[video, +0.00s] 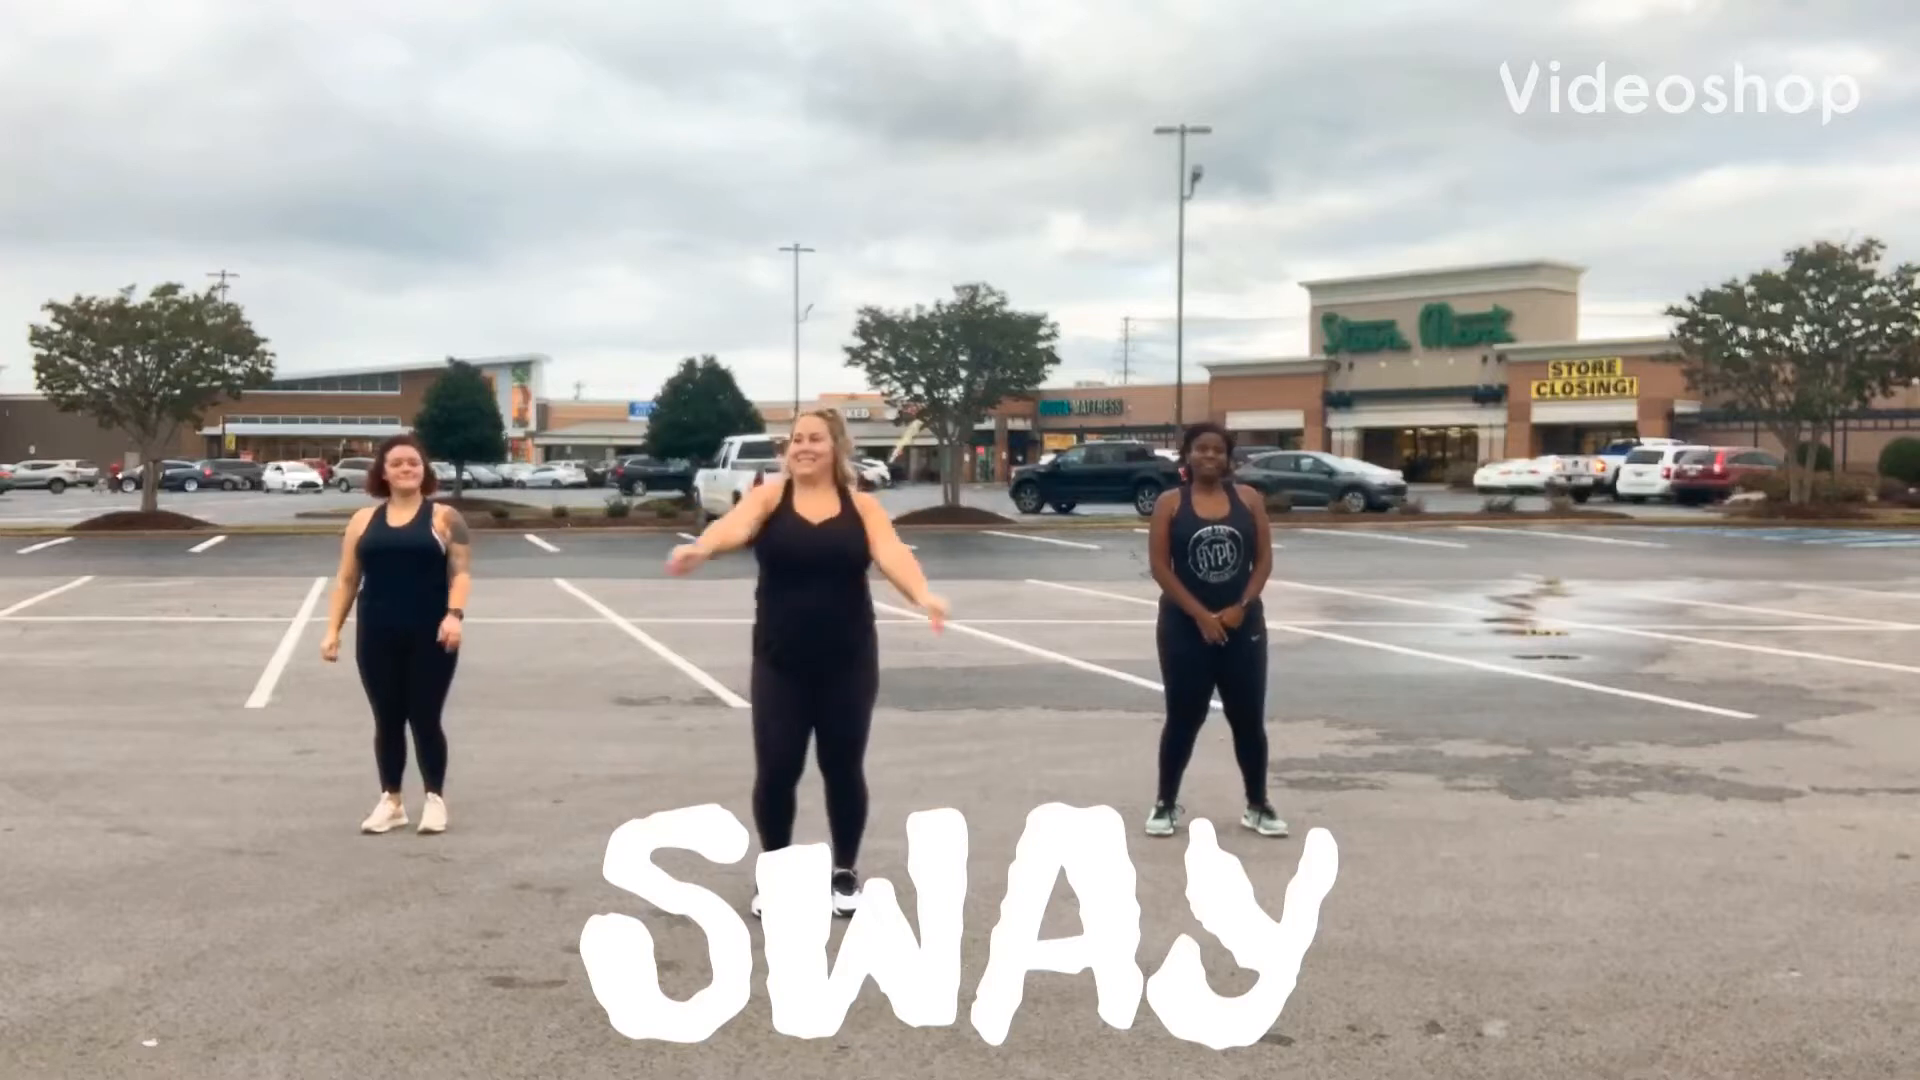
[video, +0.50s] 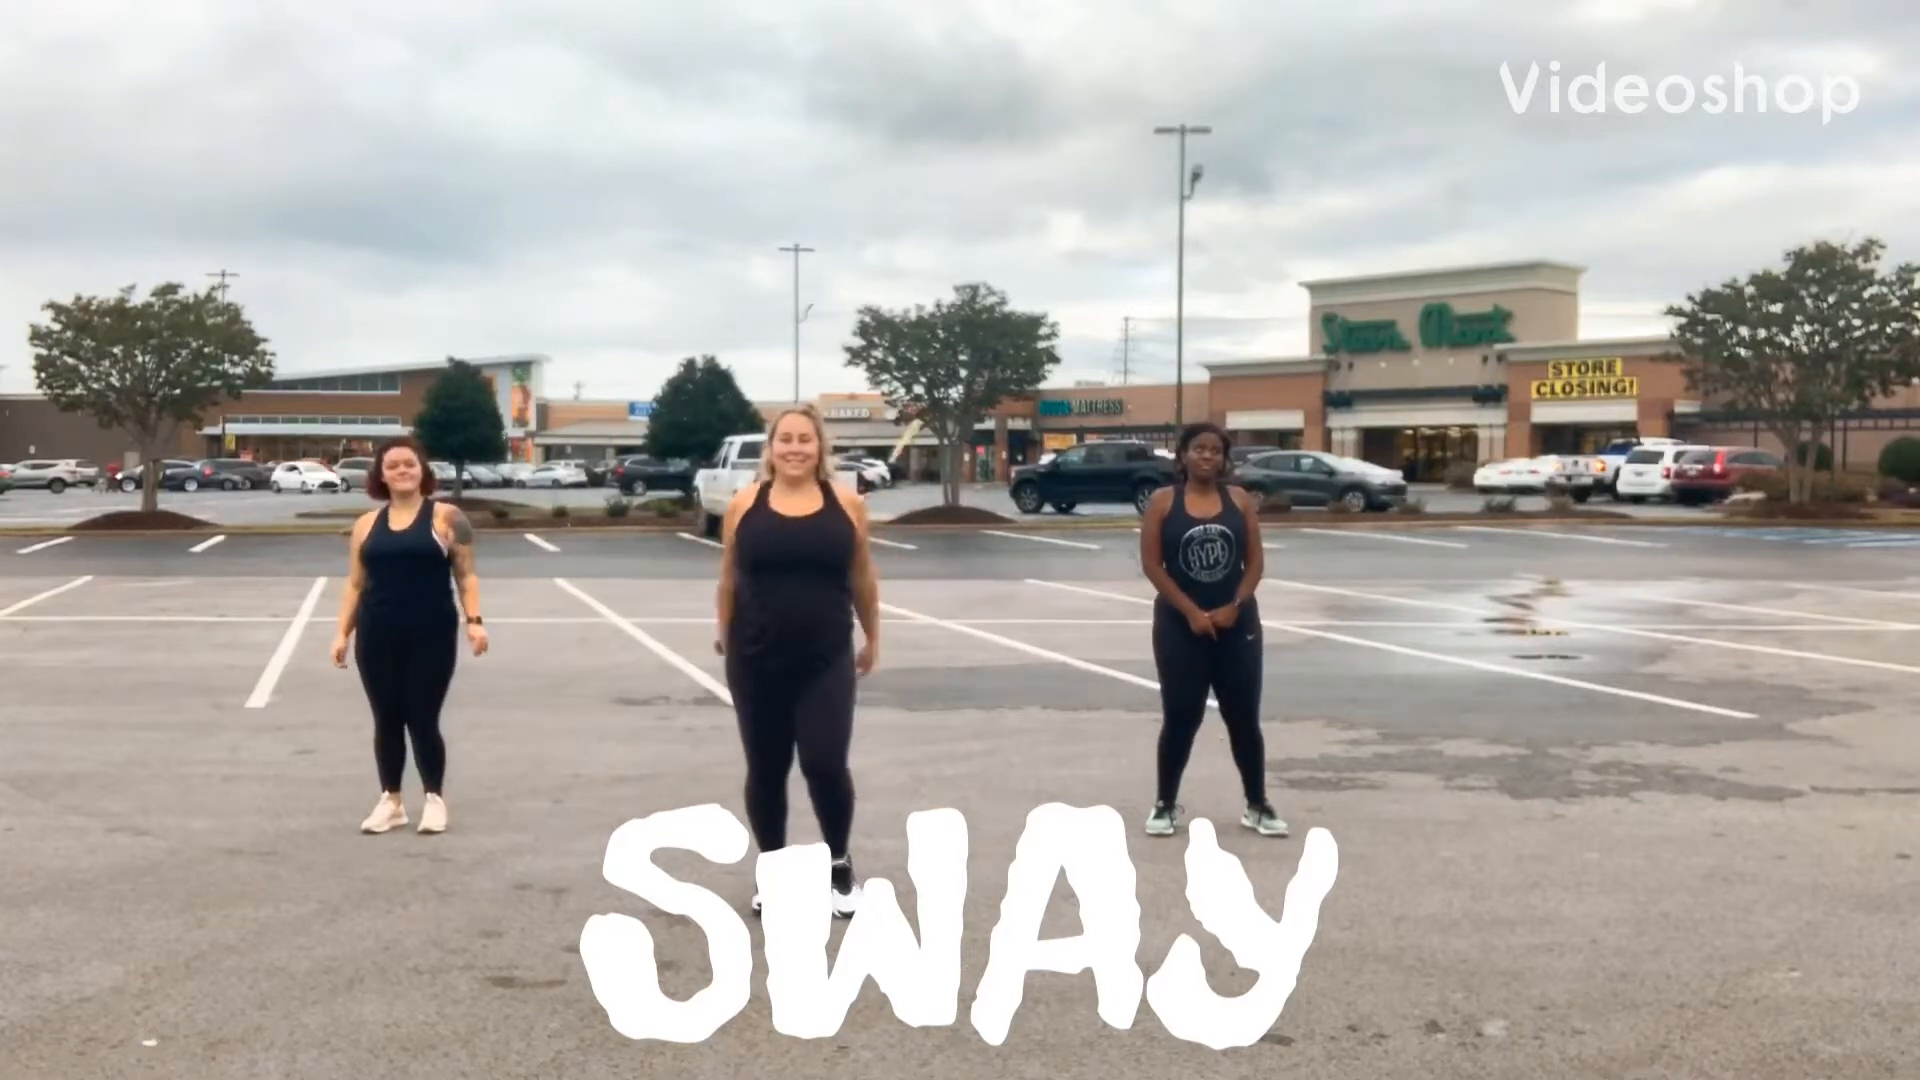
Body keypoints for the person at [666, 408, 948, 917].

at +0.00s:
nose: (804, 446)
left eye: (815, 438)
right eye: (797, 438)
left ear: (837, 449)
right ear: (787, 448)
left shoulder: (861, 506)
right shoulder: (768, 495)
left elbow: (891, 552)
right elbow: (734, 526)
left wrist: (921, 593)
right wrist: (702, 547)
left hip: (848, 662)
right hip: (780, 661)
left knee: (843, 770)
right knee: (775, 775)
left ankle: (845, 871)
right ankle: (772, 875)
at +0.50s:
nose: (795, 448)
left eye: (805, 439)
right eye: (785, 439)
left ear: (820, 448)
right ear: (770, 448)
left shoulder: (845, 505)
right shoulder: (744, 504)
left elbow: (862, 575)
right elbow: (728, 576)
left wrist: (872, 637)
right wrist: (725, 631)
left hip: (826, 658)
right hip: (755, 658)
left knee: (824, 767)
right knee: (765, 772)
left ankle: (839, 863)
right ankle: (769, 873)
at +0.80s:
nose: (803, 450)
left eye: (813, 442)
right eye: (794, 442)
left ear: (829, 451)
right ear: (778, 450)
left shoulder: (851, 510)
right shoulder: (749, 507)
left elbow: (897, 568)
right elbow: (714, 561)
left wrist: (942, 575)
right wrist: (689, 597)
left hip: (834, 670)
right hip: (763, 670)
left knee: (832, 779)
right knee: (770, 778)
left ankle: (845, 892)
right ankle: (772, 879)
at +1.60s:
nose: (819, 451)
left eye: (830, 441)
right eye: (809, 441)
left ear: (848, 452)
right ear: (792, 452)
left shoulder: (877, 516)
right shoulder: (761, 517)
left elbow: (919, 590)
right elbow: (714, 576)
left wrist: (898, 657)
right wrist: (732, 625)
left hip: (861, 703)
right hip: (780, 701)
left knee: (853, 828)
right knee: (786, 833)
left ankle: (849, 915)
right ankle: (784, 975)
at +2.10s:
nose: (814, 436)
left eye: (826, 425)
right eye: (802, 426)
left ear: (844, 439)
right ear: (782, 440)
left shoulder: (870, 502)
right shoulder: (752, 509)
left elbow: (928, 542)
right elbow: (681, 579)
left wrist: (929, 578)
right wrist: (732, 574)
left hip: (858, 701)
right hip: (772, 704)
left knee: (855, 838)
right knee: (783, 841)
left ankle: (863, 974)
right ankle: (787, 981)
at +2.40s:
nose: (824, 439)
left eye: (836, 430)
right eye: (813, 430)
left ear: (854, 444)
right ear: (794, 442)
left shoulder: (883, 508)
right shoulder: (765, 510)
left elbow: (958, 569)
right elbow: (727, 598)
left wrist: (944, 610)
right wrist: (796, 571)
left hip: (869, 702)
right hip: (786, 703)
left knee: (863, 832)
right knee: (799, 829)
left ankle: (862, 970)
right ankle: (790, 976)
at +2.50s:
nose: (826, 443)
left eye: (838, 434)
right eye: (814, 433)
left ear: (856, 446)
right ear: (795, 445)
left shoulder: (882, 514)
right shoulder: (764, 511)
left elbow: (931, 598)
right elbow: (749, 602)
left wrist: (909, 648)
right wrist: (827, 642)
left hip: (870, 699)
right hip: (787, 701)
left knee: (865, 833)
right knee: (801, 829)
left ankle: (865, 970)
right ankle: (791, 975)